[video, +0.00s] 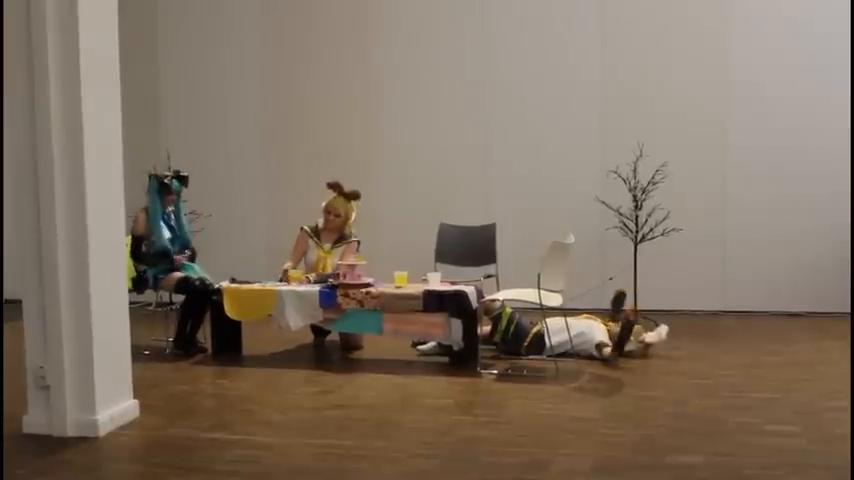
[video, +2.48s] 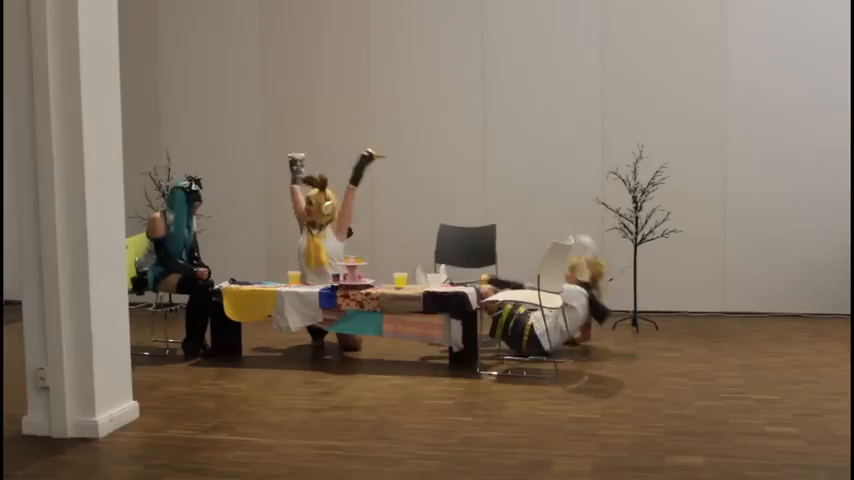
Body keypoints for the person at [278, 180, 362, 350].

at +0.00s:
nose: (330, 218)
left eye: (337, 215)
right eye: (328, 213)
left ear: (347, 219)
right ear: (323, 211)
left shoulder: (350, 241)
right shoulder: (308, 233)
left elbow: (341, 274)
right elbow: (293, 261)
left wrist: (312, 278)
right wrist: (286, 272)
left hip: (340, 292)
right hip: (311, 292)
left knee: (352, 344)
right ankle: (318, 336)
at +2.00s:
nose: (307, 211)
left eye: (313, 207)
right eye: (307, 206)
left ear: (327, 210)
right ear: (305, 209)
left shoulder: (340, 230)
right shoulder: (302, 233)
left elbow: (346, 260)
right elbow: (295, 264)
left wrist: (342, 278)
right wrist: (289, 279)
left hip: (337, 289)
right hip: (310, 291)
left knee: (353, 344)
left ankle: (345, 336)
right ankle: (317, 339)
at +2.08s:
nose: (315, 209)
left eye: (321, 205)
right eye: (312, 205)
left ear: (332, 209)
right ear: (308, 207)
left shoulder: (342, 229)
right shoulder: (302, 231)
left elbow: (348, 258)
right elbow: (289, 259)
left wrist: (335, 273)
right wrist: (285, 275)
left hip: (339, 291)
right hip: (309, 293)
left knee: (353, 345)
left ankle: (344, 339)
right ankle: (317, 340)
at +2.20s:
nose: (315, 207)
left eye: (321, 204)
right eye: (313, 203)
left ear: (332, 207)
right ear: (311, 205)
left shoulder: (338, 228)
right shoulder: (305, 225)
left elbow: (351, 226)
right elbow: (273, 224)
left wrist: (353, 223)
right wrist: (283, 247)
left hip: (339, 288)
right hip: (310, 288)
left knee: (354, 345)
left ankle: (344, 338)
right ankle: (317, 338)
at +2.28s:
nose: (311, 207)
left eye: (316, 203)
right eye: (311, 203)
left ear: (330, 207)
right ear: (311, 205)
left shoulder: (341, 227)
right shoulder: (308, 223)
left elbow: (353, 202)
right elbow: (286, 195)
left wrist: (350, 197)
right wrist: (283, 208)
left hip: (339, 293)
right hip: (311, 293)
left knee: (352, 345)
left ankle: (344, 340)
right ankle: (317, 341)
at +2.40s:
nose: (308, 208)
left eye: (313, 204)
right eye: (308, 203)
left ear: (326, 207)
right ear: (308, 206)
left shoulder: (337, 229)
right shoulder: (308, 226)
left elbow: (344, 193)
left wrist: (351, 162)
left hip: (336, 298)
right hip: (308, 298)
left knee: (350, 345)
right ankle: (318, 335)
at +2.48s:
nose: (306, 208)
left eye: (311, 203)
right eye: (306, 203)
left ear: (324, 207)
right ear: (306, 207)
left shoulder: (337, 231)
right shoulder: (305, 230)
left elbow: (349, 193)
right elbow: (297, 203)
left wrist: (361, 165)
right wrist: (295, 175)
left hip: (337, 298)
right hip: (310, 299)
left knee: (352, 345)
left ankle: (345, 334)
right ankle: (317, 338)